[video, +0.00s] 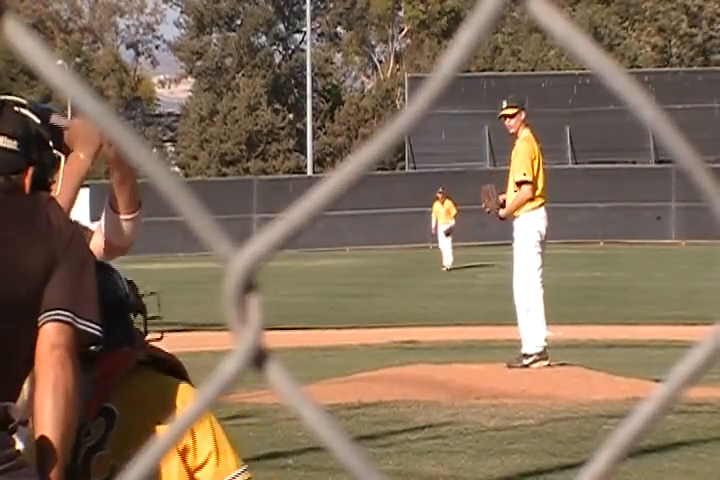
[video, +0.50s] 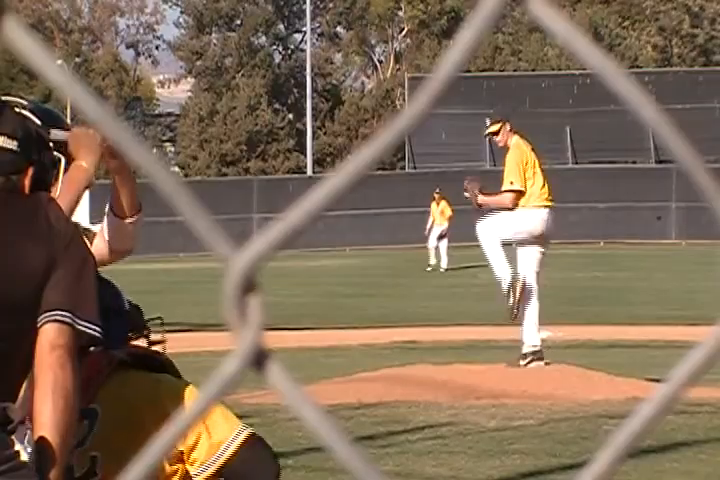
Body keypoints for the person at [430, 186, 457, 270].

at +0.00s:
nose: (440, 195)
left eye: (441, 193)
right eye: (438, 193)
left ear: (444, 194)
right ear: (437, 194)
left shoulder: (448, 203)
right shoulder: (436, 204)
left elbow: (453, 214)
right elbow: (434, 216)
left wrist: (452, 225)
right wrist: (433, 227)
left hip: (447, 224)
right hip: (440, 225)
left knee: (448, 244)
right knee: (441, 244)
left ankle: (449, 262)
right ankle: (445, 262)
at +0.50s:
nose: (437, 195)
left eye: (439, 193)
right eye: (436, 193)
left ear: (441, 195)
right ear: (434, 194)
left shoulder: (444, 203)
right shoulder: (433, 204)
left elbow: (449, 214)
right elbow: (431, 216)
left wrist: (445, 227)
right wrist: (427, 228)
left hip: (443, 226)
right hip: (435, 226)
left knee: (443, 246)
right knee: (431, 244)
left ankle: (444, 265)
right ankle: (432, 261)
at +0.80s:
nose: (427, 203)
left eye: (429, 201)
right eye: (426, 201)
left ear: (432, 201)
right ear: (425, 202)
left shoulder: (437, 208)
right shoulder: (426, 209)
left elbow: (444, 223)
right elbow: (426, 223)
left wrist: (441, 230)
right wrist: (425, 234)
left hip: (440, 229)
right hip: (432, 229)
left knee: (441, 248)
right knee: (428, 248)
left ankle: (444, 264)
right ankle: (426, 266)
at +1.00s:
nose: (426, 205)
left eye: (427, 203)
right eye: (425, 203)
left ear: (430, 204)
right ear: (423, 204)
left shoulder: (434, 209)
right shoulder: (424, 212)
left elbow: (443, 214)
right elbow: (424, 222)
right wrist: (427, 232)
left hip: (440, 230)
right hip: (432, 231)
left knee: (443, 247)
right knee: (428, 248)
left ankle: (451, 262)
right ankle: (426, 266)